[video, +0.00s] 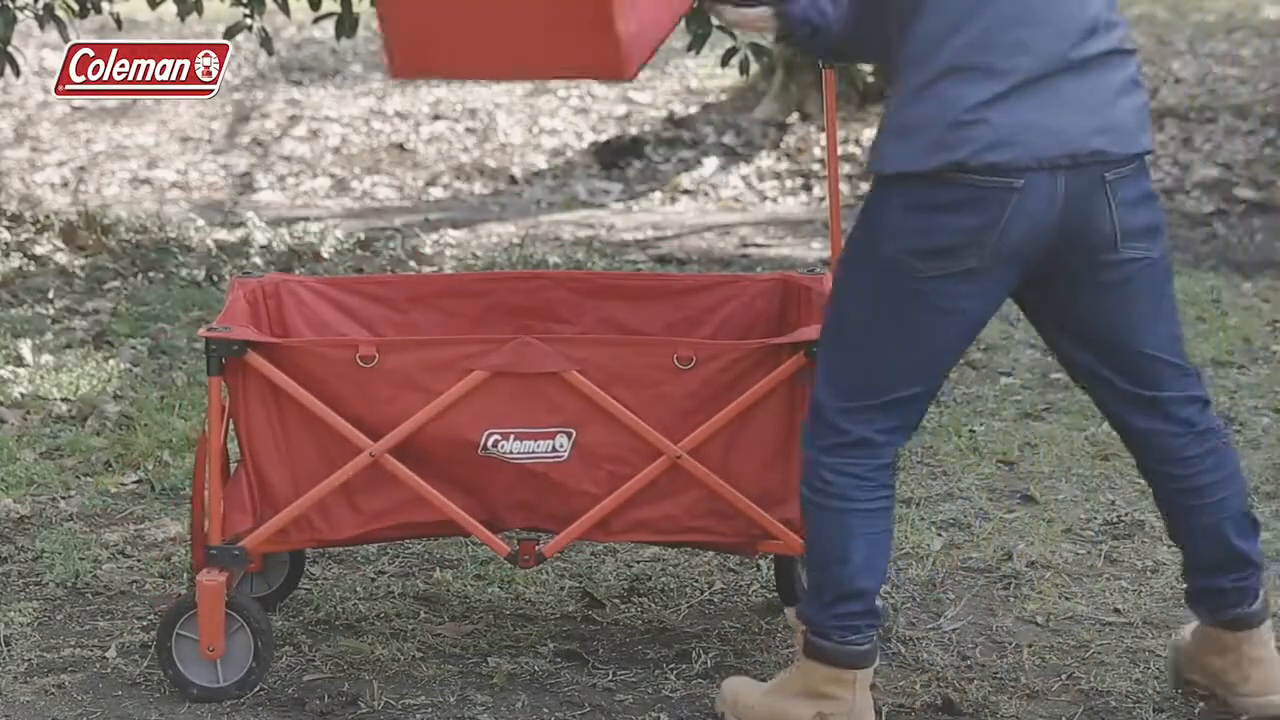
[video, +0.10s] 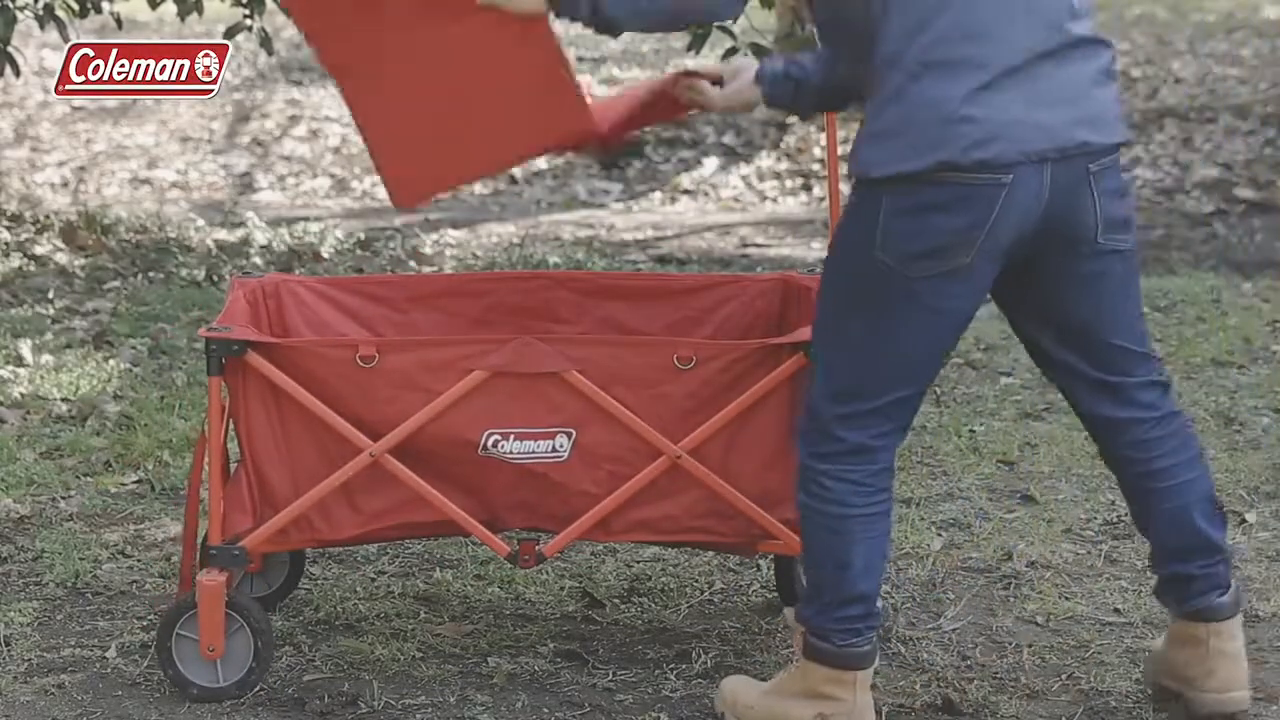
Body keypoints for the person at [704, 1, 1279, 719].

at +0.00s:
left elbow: (850, 24)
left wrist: (782, 15)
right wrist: (789, 15)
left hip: (958, 175)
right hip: (1107, 165)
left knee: (854, 429)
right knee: (1169, 406)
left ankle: (831, 673)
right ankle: (1240, 640)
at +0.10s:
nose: (800, 11)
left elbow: (683, 14)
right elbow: (862, 65)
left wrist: (557, 3)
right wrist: (742, 80)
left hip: (946, 163)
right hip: (1085, 149)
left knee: (850, 432)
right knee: (1135, 397)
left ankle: (833, 672)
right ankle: (1211, 640)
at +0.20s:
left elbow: (648, 19)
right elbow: (903, 48)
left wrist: (501, 45)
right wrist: (774, 144)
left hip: (933, 161)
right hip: (1065, 141)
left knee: (842, 433)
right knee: (1107, 393)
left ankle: (831, 676)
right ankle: (1179, 643)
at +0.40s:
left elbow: (574, 70)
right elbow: (892, 90)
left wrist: (447, 167)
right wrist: (772, 223)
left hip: (910, 151)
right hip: (1042, 127)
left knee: (831, 440)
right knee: (1099, 389)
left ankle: (831, 677)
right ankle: (1167, 642)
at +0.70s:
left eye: (577, 28)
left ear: (612, 6)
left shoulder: (620, 11)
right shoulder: (806, 4)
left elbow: (528, 169)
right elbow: (835, 146)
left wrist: (436, 297)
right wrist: (741, 302)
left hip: (862, 171)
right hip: (1008, 141)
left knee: (789, 436)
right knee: (1092, 399)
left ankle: (828, 671)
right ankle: (1174, 654)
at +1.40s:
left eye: (574, 42)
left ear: (607, 12)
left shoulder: (608, 32)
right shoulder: (815, 5)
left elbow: (543, 221)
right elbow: (859, 147)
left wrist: (498, 358)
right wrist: (791, 317)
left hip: (839, 197)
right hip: (989, 162)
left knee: (757, 430)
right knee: (1090, 406)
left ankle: (824, 670)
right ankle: (1203, 660)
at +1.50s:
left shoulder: (618, 7)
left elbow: (585, 167)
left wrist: (578, 293)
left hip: (846, 175)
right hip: (995, 140)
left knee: (777, 426)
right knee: (1086, 393)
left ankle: (828, 670)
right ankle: (1192, 660)